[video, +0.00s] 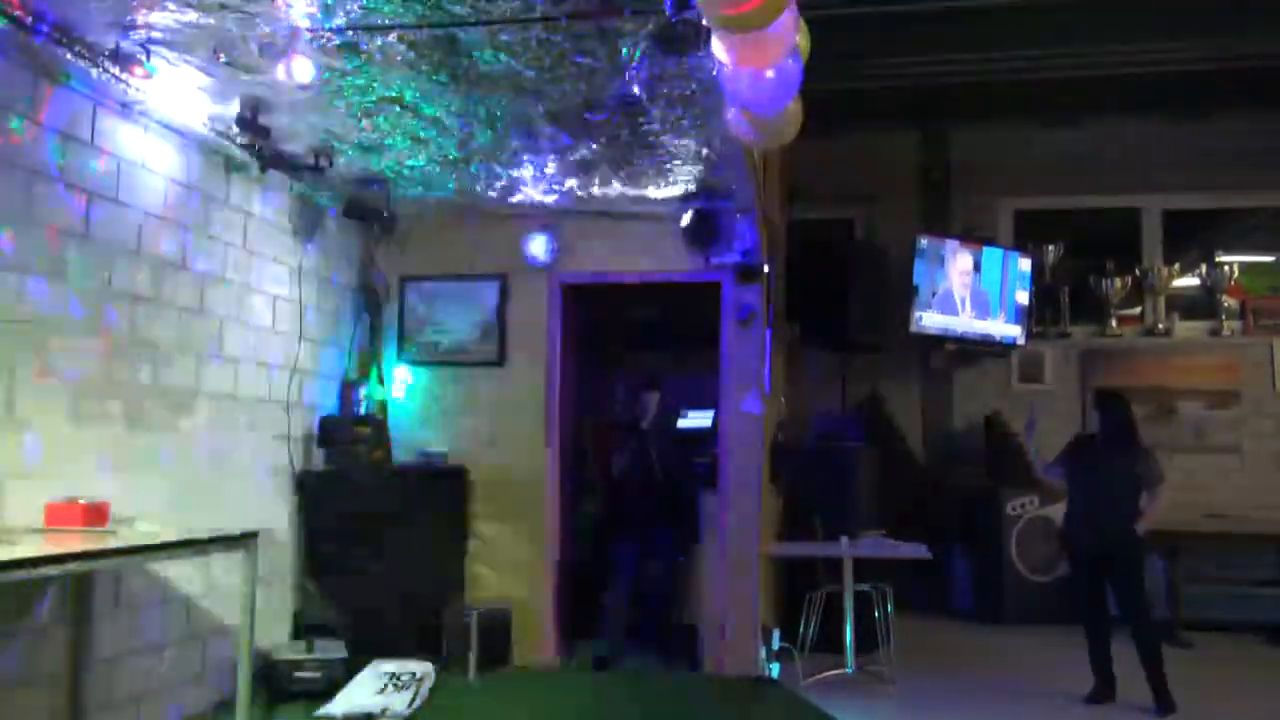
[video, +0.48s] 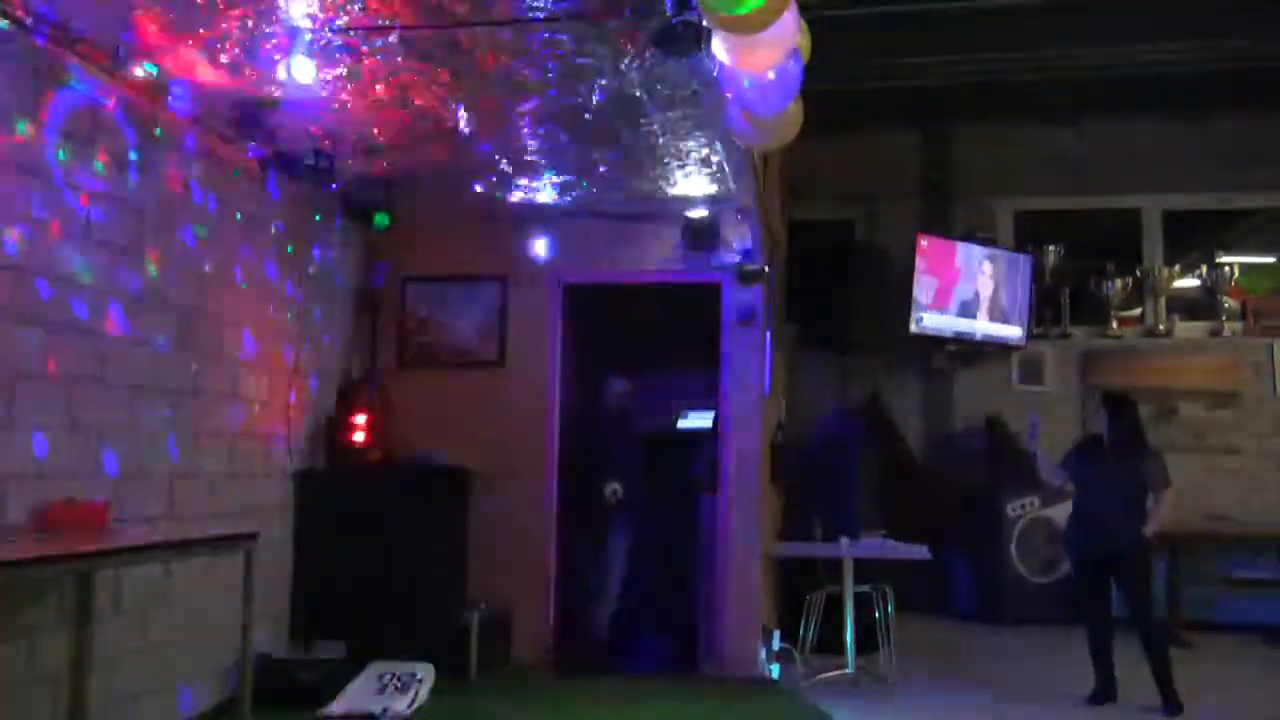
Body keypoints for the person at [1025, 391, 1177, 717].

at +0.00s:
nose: (1097, 419)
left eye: (1098, 411)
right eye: (1105, 410)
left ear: (1096, 415)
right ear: (1127, 415)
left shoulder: (1081, 446)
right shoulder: (1136, 449)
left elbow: (1050, 479)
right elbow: (1155, 493)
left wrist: (1027, 445)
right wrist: (1140, 525)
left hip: (1084, 542)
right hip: (1124, 541)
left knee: (1093, 617)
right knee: (1138, 615)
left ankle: (1103, 685)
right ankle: (1161, 692)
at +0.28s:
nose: (1106, 424)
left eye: (1105, 415)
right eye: (1110, 415)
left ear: (1097, 417)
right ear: (1128, 417)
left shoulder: (1078, 448)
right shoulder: (1138, 453)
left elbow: (1048, 476)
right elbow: (1157, 492)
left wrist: (1024, 438)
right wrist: (1142, 526)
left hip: (1083, 542)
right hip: (1124, 542)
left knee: (1092, 617)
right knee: (1139, 615)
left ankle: (1103, 686)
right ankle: (1165, 693)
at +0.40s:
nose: (1095, 421)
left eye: (1097, 414)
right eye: (1099, 413)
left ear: (1100, 417)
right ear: (1130, 417)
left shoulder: (1082, 449)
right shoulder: (1140, 451)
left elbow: (1054, 483)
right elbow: (1160, 492)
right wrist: (1146, 525)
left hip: (1088, 544)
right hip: (1128, 543)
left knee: (1095, 618)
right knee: (1143, 618)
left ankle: (1104, 686)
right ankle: (1168, 693)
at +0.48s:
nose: (1101, 422)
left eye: (1103, 415)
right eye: (1106, 414)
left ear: (1102, 418)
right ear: (1133, 418)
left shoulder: (1087, 449)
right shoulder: (1143, 453)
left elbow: (1055, 481)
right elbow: (1163, 494)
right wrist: (1149, 528)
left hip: (1089, 544)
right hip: (1131, 543)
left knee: (1096, 619)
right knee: (1145, 619)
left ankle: (1104, 687)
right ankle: (1168, 694)